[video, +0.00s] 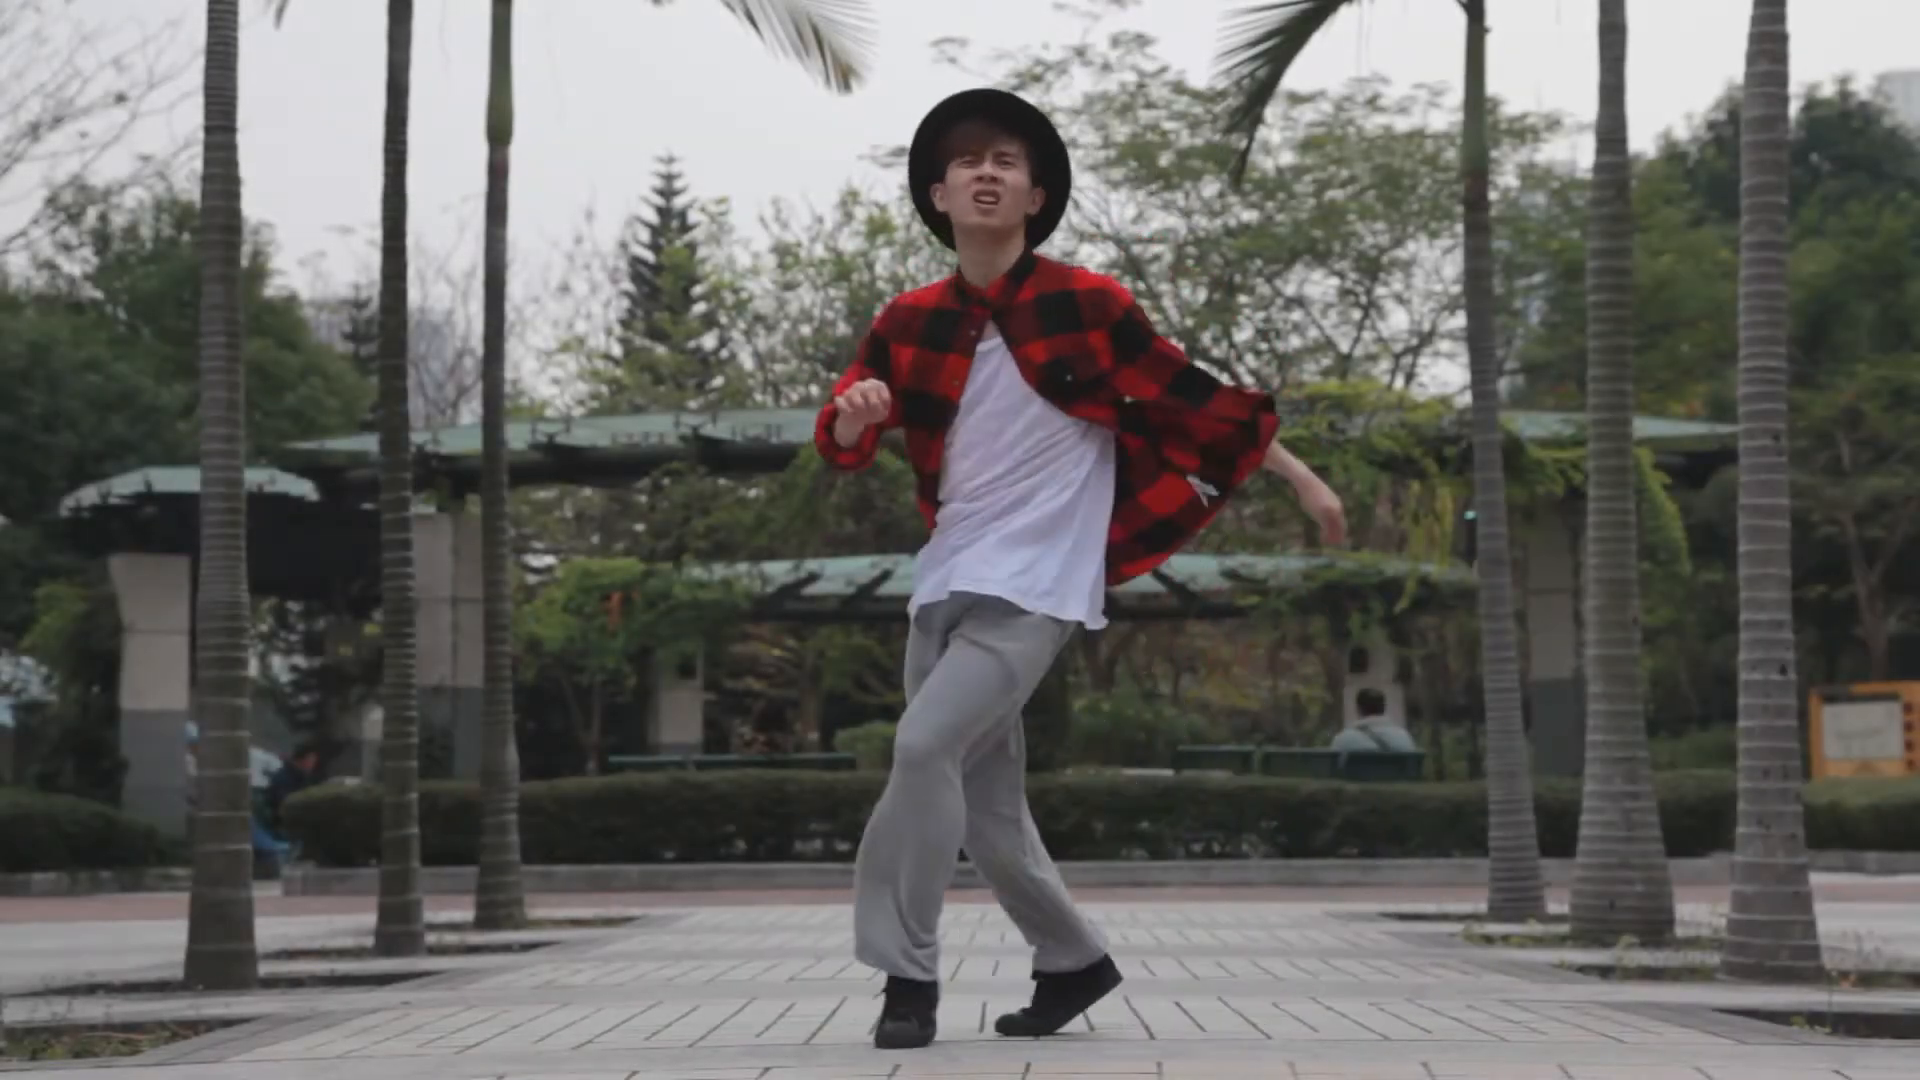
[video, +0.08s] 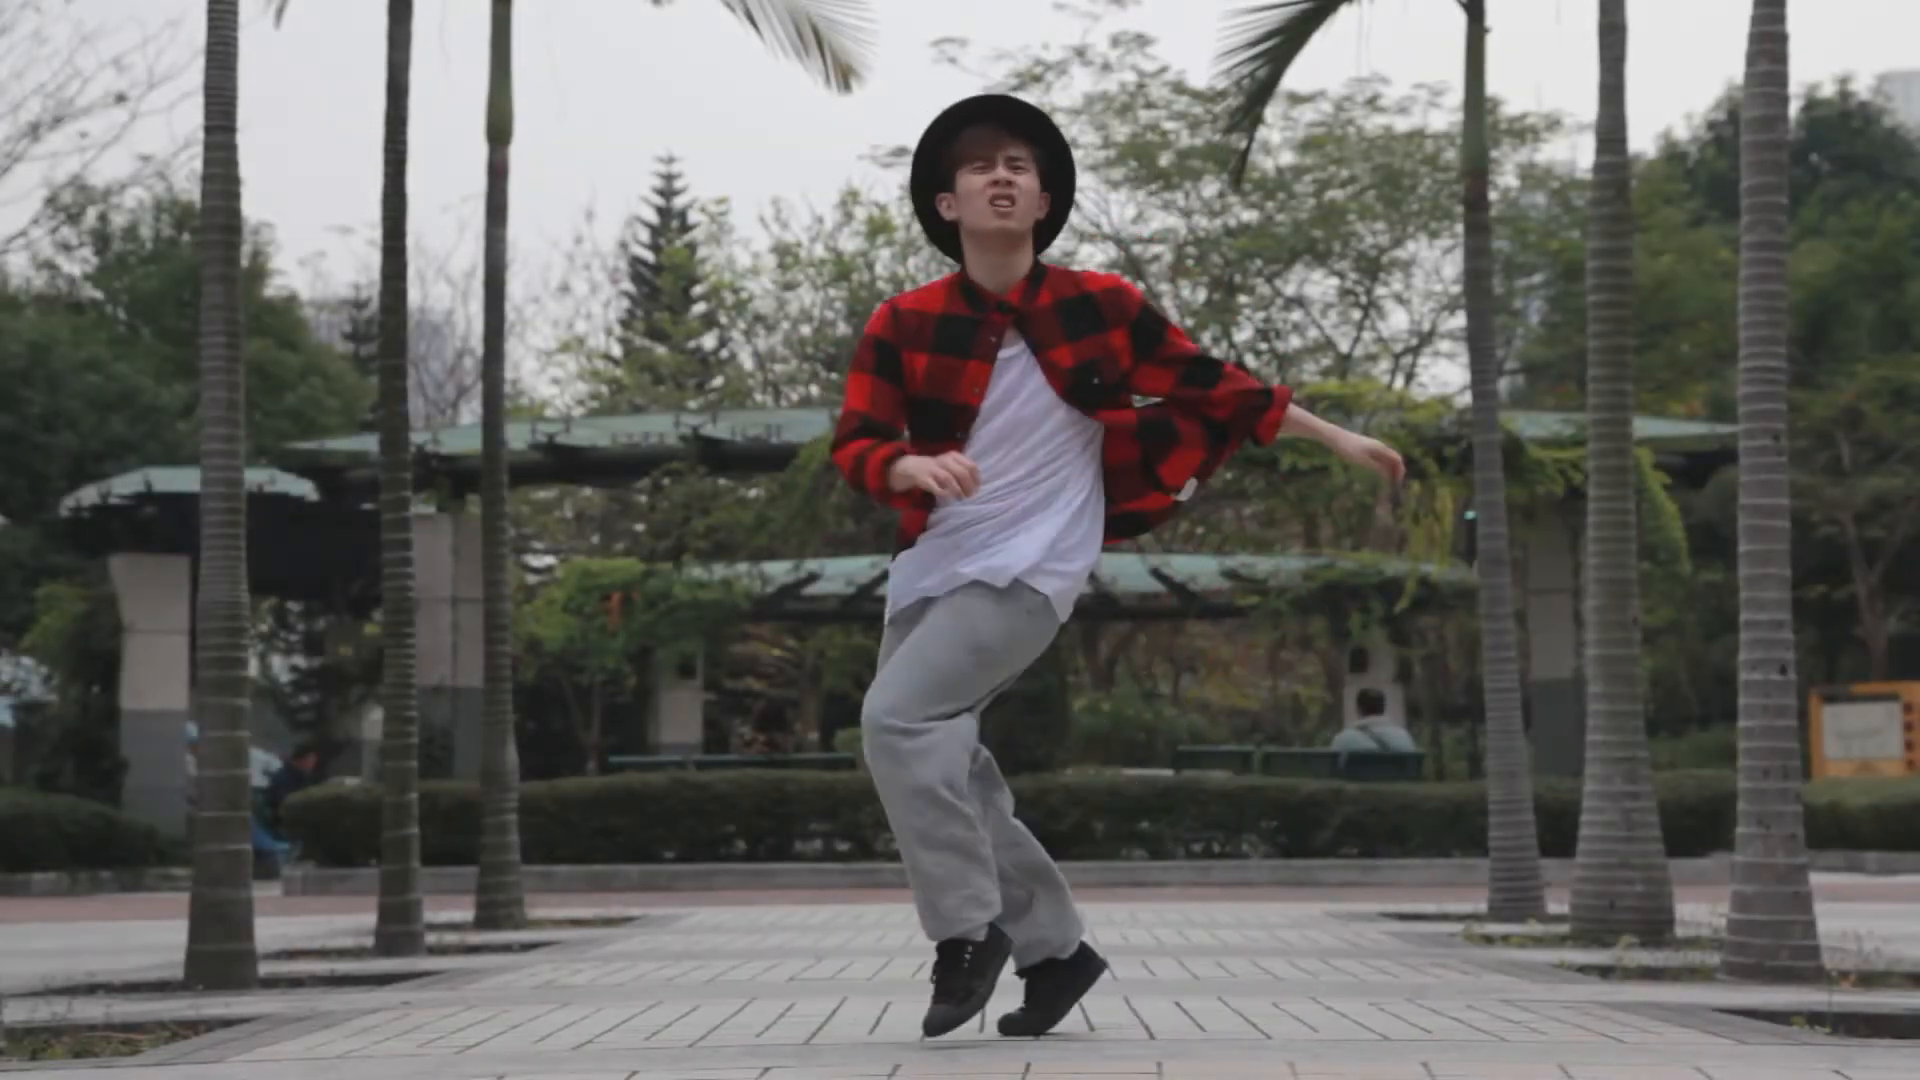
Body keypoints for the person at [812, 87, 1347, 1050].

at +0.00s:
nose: (986, 173)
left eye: (1006, 160)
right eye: (966, 159)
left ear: (1038, 193)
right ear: (934, 192)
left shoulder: (1087, 305)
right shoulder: (909, 321)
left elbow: (1193, 401)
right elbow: (841, 449)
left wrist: (1302, 477)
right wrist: (850, 419)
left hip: (1039, 586)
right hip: (944, 582)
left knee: (922, 744)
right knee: (984, 809)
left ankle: (908, 973)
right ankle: (1071, 959)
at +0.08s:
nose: (1001, 177)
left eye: (1019, 166)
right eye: (978, 166)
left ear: (1047, 199)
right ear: (944, 202)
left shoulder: (1100, 306)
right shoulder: (903, 322)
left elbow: (1210, 380)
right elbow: (854, 446)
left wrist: (1335, 436)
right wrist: (907, 468)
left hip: (1033, 566)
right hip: (929, 569)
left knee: (895, 719)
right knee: (946, 767)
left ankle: (966, 928)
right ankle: (1055, 948)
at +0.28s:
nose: (1037, 217)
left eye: (1046, 205)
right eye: (1012, 201)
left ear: (1057, 232)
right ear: (961, 232)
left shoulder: (1059, 357)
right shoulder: (908, 347)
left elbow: (1127, 466)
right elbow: (938, 488)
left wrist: (1212, 427)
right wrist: (1066, 512)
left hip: (993, 598)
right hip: (887, 612)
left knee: (951, 774)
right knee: (905, 827)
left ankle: (996, 991)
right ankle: (1022, 940)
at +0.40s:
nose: (1033, 194)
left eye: (1038, 184)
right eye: (1007, 180)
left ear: (1048, 212)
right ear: (956, 214)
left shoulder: (1045, 339)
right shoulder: (903, 320)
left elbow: (1139, 447)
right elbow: (931, 452)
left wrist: (1135, 410)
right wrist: (1032, 390)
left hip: (979, 576)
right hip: (875, 570)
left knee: (988, 761)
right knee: (899, 707)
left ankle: (1009, 976)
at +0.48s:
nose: (1022, 205)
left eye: (1028, 193)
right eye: (997, 188)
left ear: (1035, 223)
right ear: (943, 217)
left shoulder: (1035, 343)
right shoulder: (889, 323)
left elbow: (1148, 444)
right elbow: (903, 441)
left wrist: (1124, 402)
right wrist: (1005, 385)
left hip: (951, 584)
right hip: (848, 572)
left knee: (993, 769)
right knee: (869, 738)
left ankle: (1040, 986)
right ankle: (781, 908)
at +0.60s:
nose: (984, 231)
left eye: (997, 217)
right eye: (961, 213)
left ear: (1008, 240)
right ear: (910, 238)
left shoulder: (1012, 366)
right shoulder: (858, 348)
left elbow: (1059, 479)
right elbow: (833, 476)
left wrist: (1092, 473)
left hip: (918, 627)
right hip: (813, 623)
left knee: (1040, 746)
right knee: (784, 815)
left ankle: (1056, 962)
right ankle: (681, 999)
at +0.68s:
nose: (954, 238)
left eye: (969, 222)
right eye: (928, 225)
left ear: (989, 248)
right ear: (891, 259)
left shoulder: (1006, 381)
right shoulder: (853, 368)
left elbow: (1015, 524)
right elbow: (815, 503)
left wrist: (1009, 471)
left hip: (919, 628)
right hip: (821, 625)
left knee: (1040, 743)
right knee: (756, 819)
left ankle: (1011, 950)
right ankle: (677, 1007)